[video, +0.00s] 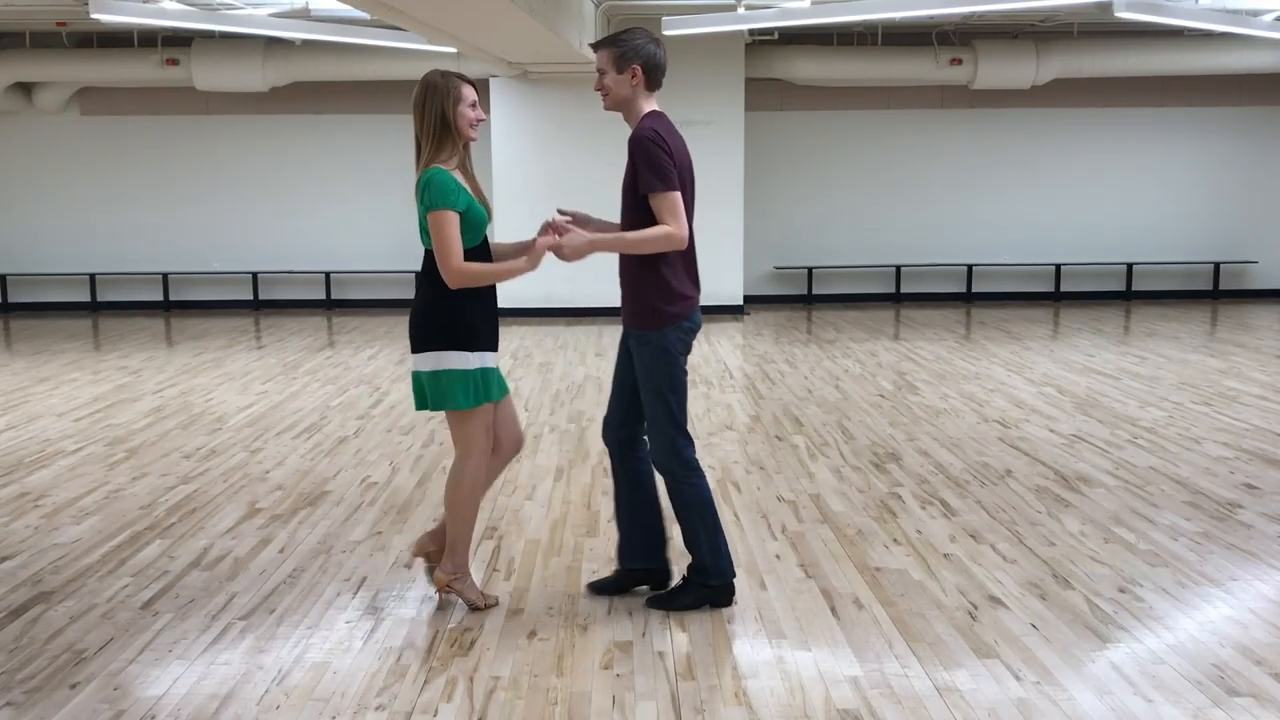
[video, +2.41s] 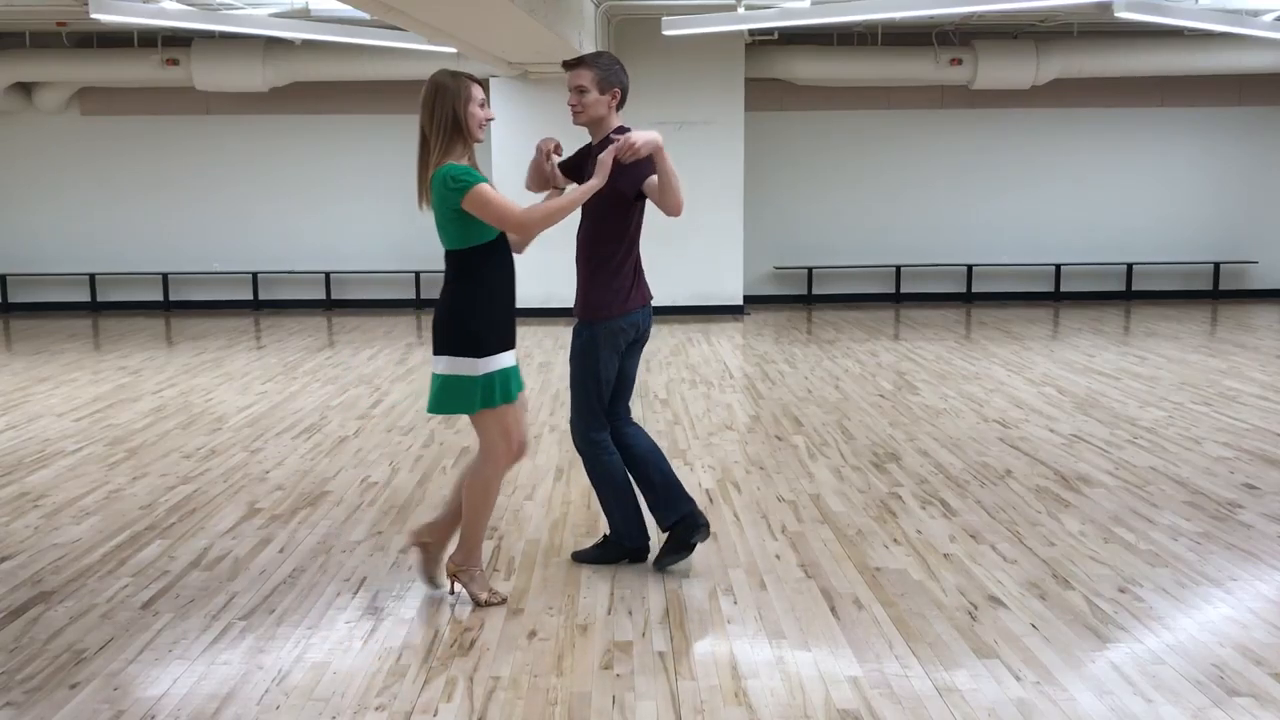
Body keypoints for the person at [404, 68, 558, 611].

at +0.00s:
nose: (480, 114)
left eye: (478, 105)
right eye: (470, 106)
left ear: (463, 113)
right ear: (444, 114)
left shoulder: (459, 178)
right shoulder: (441, 181)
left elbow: (482, 253)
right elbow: (453, 272)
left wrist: (535, 243)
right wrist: (524, 265)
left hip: (469, 334)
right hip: (449, 337)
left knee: (506, 442)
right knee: (473, 453)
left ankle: (440, 537)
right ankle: (455, 569)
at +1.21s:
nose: (450, 113)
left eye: (447, 104)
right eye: (439, 105)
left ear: (428, 113)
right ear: (412, 114)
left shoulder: (426, 176)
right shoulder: (403, 180)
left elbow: (435, 263)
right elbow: (405, 273)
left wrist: (486, 271)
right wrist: (478, 275)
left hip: (430, 332)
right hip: (421, 338)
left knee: (437, 446)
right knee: (465, 445)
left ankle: (411, 560)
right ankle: (405, 550)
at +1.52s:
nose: (432, 113)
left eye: (430, 104)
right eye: (422, 105)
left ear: (409, 114)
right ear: (396, 113)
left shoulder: (410, 177)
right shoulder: (388, 180)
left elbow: (410, 263)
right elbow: (369, 267)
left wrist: (460, 265)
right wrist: (443, 277)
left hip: (414, 334)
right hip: (386, 336)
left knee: (446, 442)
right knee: (382, 452)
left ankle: (410, 554)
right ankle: (337, 567)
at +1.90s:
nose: (436, 111)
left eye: (433, 102)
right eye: (426, 103)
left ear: (412, 111)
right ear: (400, 113)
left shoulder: (408, 175)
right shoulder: (395, 178)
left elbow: (429, 261)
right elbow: (417, 268)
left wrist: (487, 245)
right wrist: (489, 255)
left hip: (395, 335)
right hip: (404, 339)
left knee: (409, 446)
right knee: (443, 446)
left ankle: (372, 557)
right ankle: (376, 555)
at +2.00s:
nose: (442, 111)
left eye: (439, 102)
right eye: (431, 103)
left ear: (409, 113)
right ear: (405, 112)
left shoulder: (409, 174)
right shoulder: (403, 177)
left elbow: (437, 246)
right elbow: (440, 263)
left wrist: (493, 229)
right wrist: (510, 244)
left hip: (398, 330)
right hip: (412, 334)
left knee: (415, 444)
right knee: (460, 440)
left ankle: (374, 556)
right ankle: (420, 557)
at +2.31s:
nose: (473, 111)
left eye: (471, 102)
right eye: (464, 103)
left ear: (441, 113)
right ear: (440, 111)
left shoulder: (445, 173)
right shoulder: (439, 176)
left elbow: (498, 233)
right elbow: (504, 238)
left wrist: (537, 197)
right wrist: (574, 206)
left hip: (450, 329)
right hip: (461, 333)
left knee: (454, 444)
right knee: (493, 440)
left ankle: (394, 546)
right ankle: (468, 560)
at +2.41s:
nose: (487, 113)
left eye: (486, 104)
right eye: (478, 104)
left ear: (472, 112)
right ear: (453, 111)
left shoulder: (468, 174)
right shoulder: (453, 176)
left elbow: (516, 242)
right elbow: (521, 225)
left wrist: (555, 192)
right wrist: (592, 185)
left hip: (491, 326)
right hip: (470, 329)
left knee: (514, 444)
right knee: (497, 446)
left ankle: (435, 534)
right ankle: (467, 561)